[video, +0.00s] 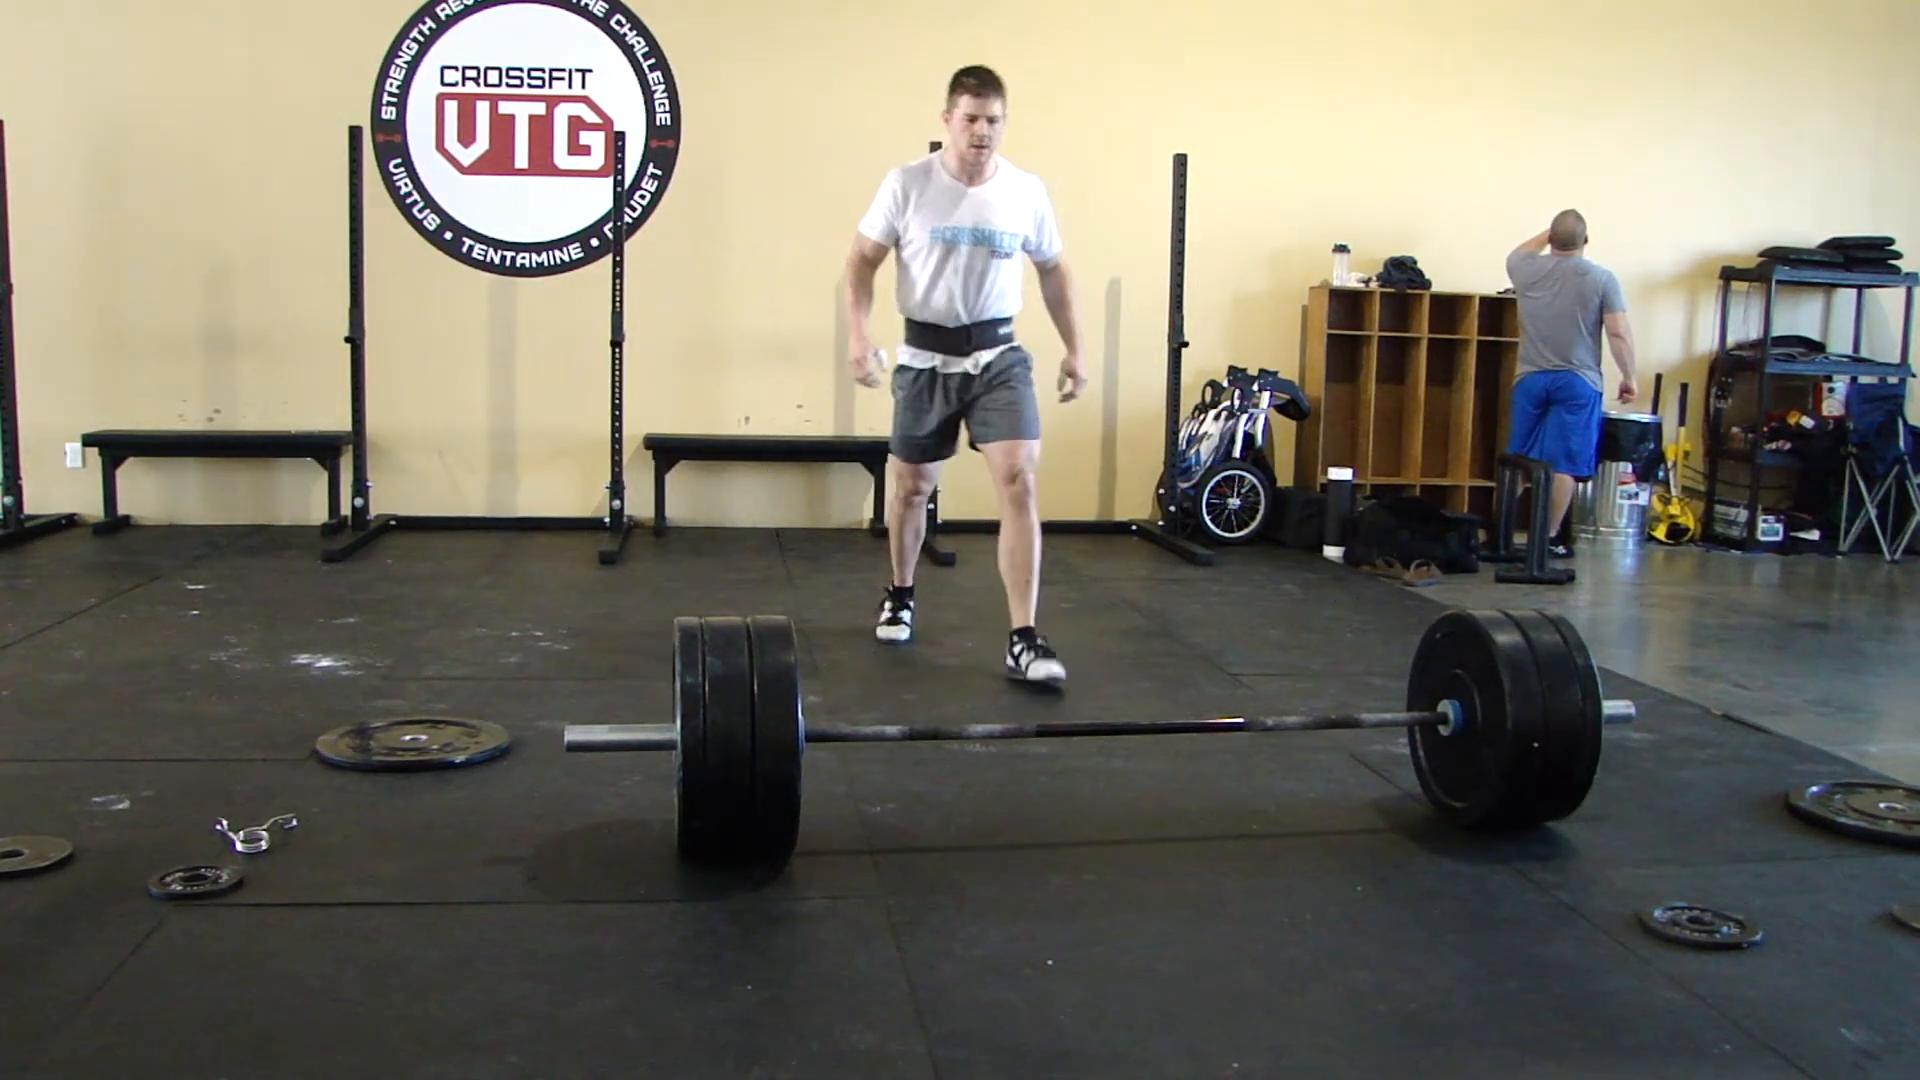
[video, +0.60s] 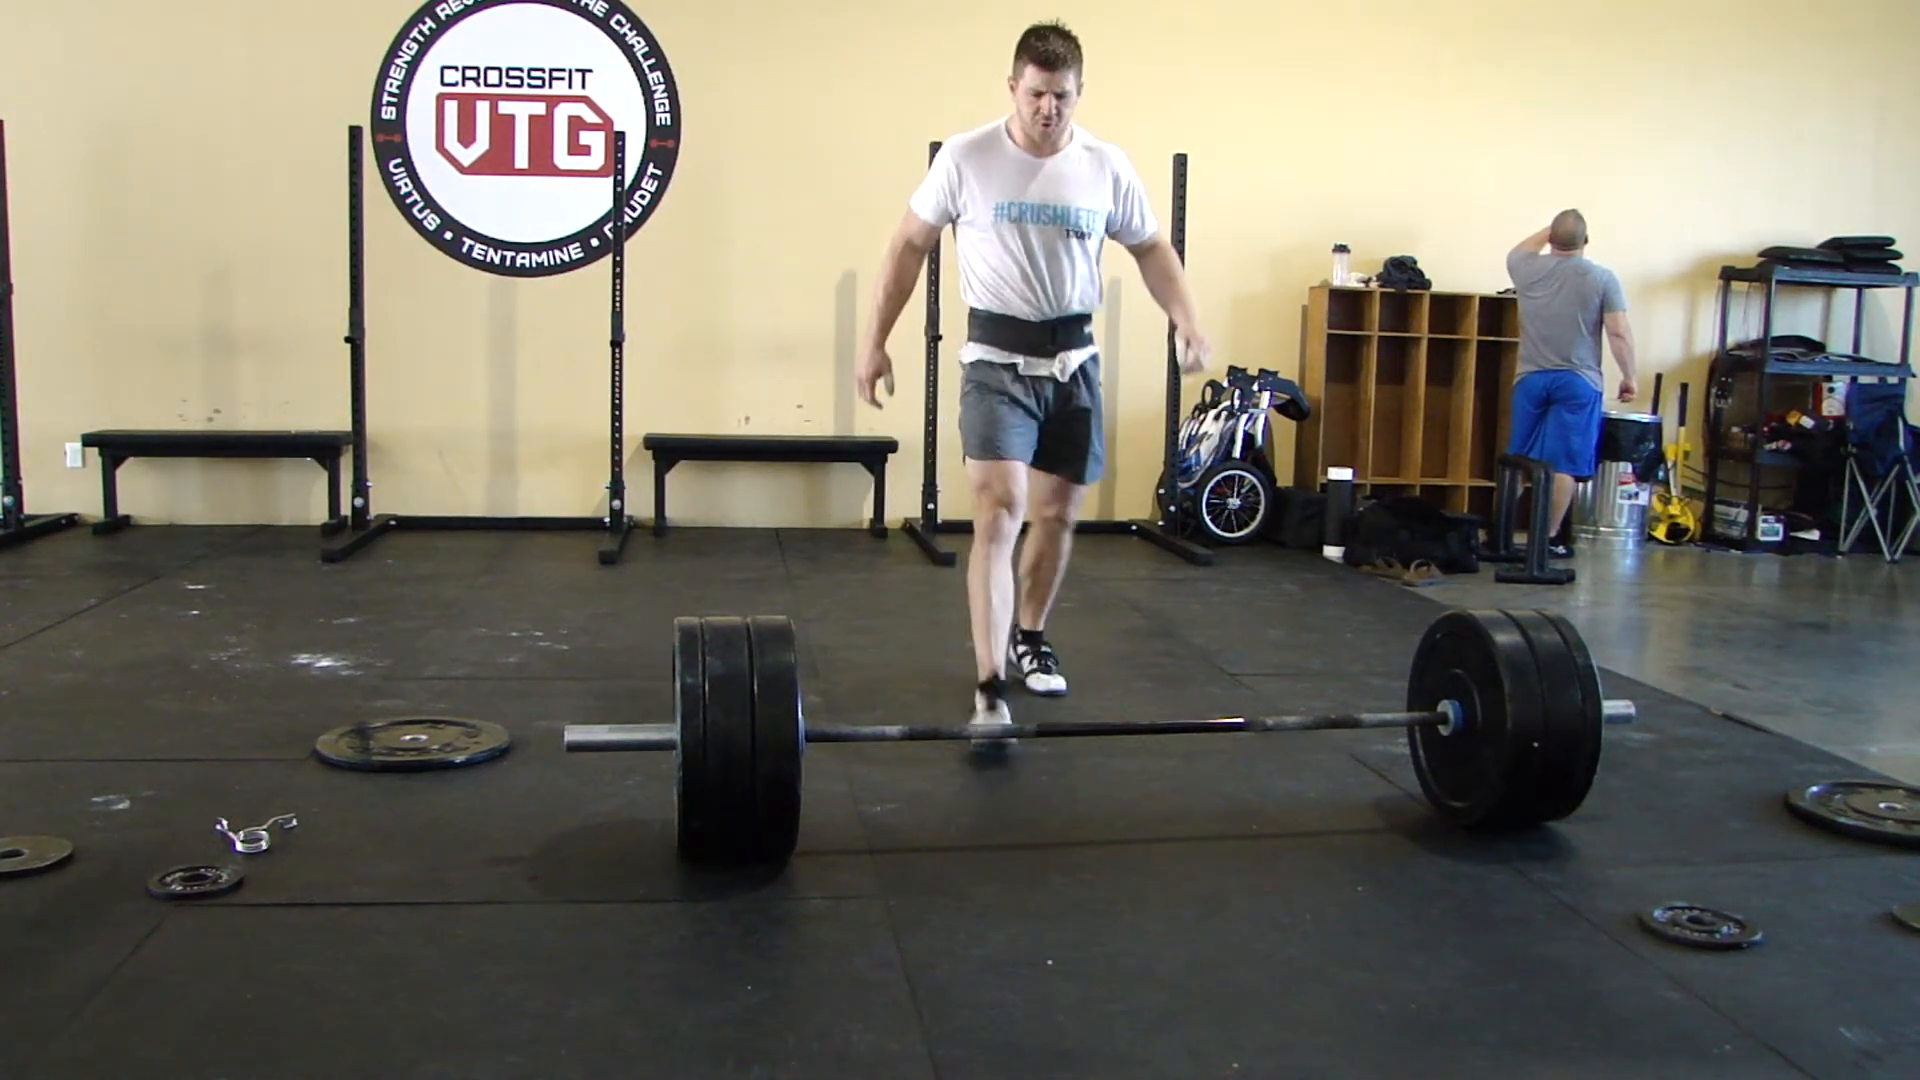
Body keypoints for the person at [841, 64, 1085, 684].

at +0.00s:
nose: (983, 132)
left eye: (993, 121)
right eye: (972, 119)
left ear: (1005, 125)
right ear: (946, 120)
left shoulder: (1026, 192)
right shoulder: (907, 186)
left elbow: (1053, 271)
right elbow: (861, 264)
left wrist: (1074, 349)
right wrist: (857, 336)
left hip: (998, 361)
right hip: (923, 361)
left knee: (1020, 482)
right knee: (910, 488)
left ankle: (1025, 637)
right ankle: (900, 596)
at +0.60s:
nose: (1047, 107)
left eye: (1061, 95)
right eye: (1036, 93)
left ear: (1078, 94)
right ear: (1013, 87)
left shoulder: (1105, 165)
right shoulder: (964, 159)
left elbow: (1150, 247)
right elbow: (910, 245)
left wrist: (1186, 316)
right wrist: (875, 340)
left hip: (1074, 365)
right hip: (996, 361)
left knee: (1055, 517)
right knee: (999, 510)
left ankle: (1028, 639)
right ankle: (989, 690)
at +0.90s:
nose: (1077, 79)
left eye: (1089, 65)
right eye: (1064, 64)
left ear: (1105, 56)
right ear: (1031, 49)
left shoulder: (1129, 130)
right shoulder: (977, 125)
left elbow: (1157, 228)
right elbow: (917, 214)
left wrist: (1180, 328)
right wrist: (882, 303)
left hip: (1105, 346)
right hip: (1013, 347)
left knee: (1157, 509)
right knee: (1010, 517)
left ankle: (1093, 650)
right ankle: (995, 699)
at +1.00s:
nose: (1095, 81)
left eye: (1108, 66)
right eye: (1082, 65)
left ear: (1123, 55)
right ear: (1048, 47)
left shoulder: (1146, 130)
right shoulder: (991, 124)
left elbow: (1171, 230)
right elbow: (917, 211)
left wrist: (1192, 329)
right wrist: (880, 316)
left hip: (1123, 351)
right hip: (1027, 351)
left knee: (1165, 518)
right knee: (1015, 523)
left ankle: (1160, 718)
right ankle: (996, 706)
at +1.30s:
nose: (1179, 98)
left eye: (1194, 84)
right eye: (1164, 80)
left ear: (1212, 71)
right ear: (1130, 53)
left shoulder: (1235, 142)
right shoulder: (1067, 125)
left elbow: (1273, 249)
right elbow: (992, 227)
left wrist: (1314, 358)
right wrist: (950, 340)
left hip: (1189, 370)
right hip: (1081, 365)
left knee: (1231, 549)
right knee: (1028, 557)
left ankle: (1226, 766)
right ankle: (1022, 680)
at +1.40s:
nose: (1193, 92)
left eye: (1209, 79)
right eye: (1181, 74)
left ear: (1231, 61)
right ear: (1147, 40)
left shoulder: (1254, 134)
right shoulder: (1079, 110)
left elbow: (1298, 231)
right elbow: (1005, 216)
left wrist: (1346, 338)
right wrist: (966, 330)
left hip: (1199, 368)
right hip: (1087, 359)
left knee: (1232, 547)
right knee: (1045, 544)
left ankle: (1226, 766)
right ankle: (1033, 729)